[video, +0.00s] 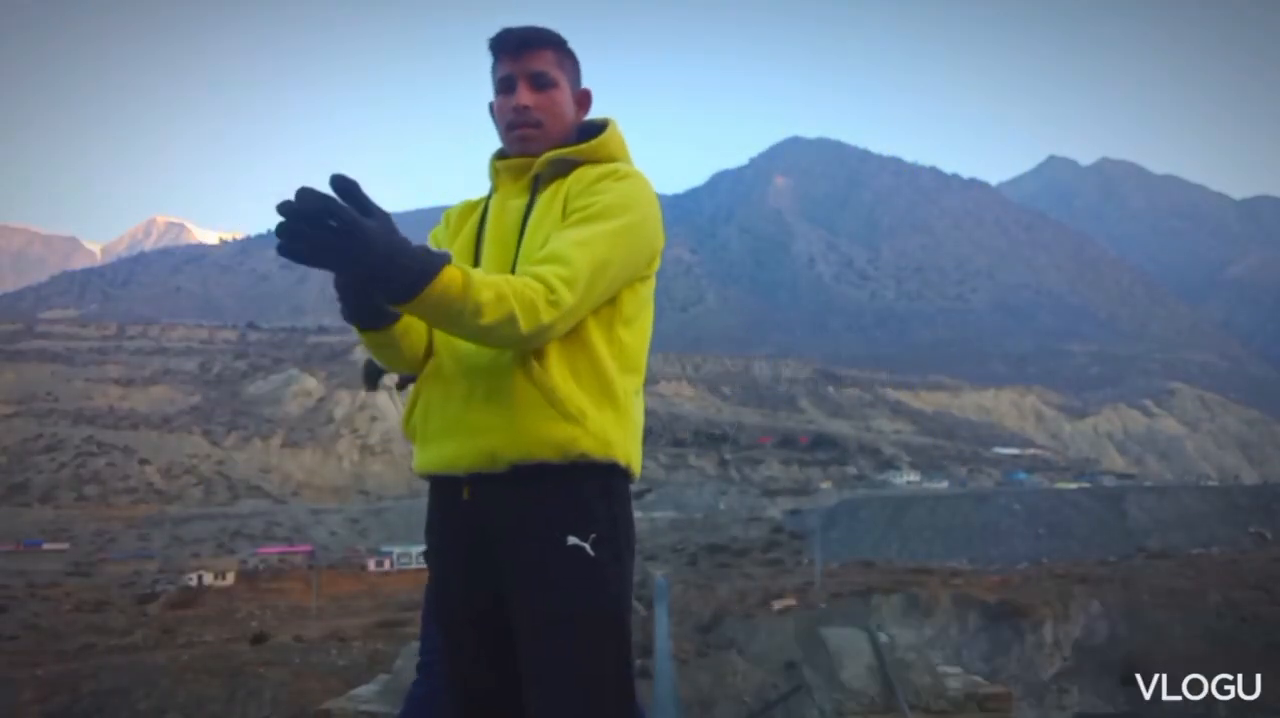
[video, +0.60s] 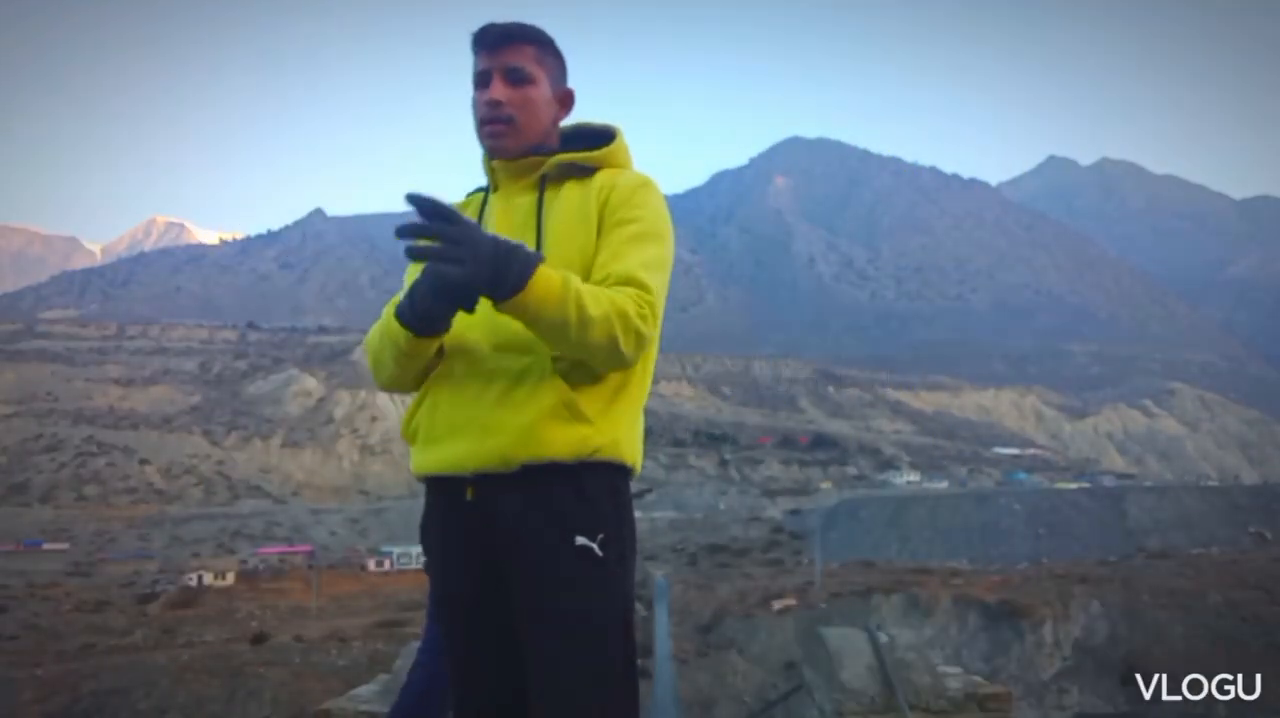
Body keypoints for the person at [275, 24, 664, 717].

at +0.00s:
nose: (520, 100)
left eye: (541, 83)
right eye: (505, 86)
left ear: (581, 100)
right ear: (492, 106)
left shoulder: (618, 196)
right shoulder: (458, 222)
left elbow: (530, 312)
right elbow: (412, 354)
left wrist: (399, 264)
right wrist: (364, 283)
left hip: (567, 498)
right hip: (460, 500)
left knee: (578, 698)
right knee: (465, 697)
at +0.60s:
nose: (492, 95)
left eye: (516, 78)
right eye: (482, 80)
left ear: (562, 100)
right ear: (469, 99)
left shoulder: (620, 193)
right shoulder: (463, 220)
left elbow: (621, 335)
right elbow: (389, 372)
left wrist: (513, 275)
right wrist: (422, 308)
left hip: (571, 496)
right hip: (458, 501)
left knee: (581, 697)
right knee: (474, 695)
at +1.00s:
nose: (483, 98)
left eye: (504, 78)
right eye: (470, 84)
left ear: (554, 96)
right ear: (460, 106)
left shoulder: (616, 187)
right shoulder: (439, 212)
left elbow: (730, 151)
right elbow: (319, 207)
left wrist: (645, 88)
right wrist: (410, 132)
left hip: (574, 496)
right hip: (457, 500)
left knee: (587, 698)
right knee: (474, 696)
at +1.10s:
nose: (482, 99)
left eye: (503, 79)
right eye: (469, 85)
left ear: (553, 95)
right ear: (461, 110)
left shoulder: (620, 184)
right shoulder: (445, 202)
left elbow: (723, 95)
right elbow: (334, 152)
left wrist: (623, 89)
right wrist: (454, 120)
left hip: (574, 492)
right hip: (457, 496)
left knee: (585, 699)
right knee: (474, 698)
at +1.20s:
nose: (483, 97)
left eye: (505, 77)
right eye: (471, 83)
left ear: (554, 94)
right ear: (463, 109)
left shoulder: (622, 184)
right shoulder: (447, 203)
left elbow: (721, 82)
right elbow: (340, 146)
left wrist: (615, 94)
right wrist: (465, 117)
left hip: (573, 492)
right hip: (457, 495)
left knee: (585, 699)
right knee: (474, 698)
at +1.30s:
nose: (488, 93)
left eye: (511, 75)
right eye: (478, 80)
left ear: (561, 98)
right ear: (471, 103)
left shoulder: (621, 188)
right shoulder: (448, 205)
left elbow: (715, 93)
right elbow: (332, 159)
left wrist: (611, 101)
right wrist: (457, 127)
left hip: (573, 494)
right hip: (456, 498)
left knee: (586, 699)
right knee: (474, 697)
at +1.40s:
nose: (497, 84)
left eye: (522, 70)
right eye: (488, 72)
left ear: (568, 100)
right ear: (480, 98)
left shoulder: (615, 191)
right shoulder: (449, 210)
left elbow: (706, 123)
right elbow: (322, 179)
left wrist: (611, 97)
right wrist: (443, 134)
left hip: (575, 501)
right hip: (458, 503)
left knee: (586, 702)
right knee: (468, 699)